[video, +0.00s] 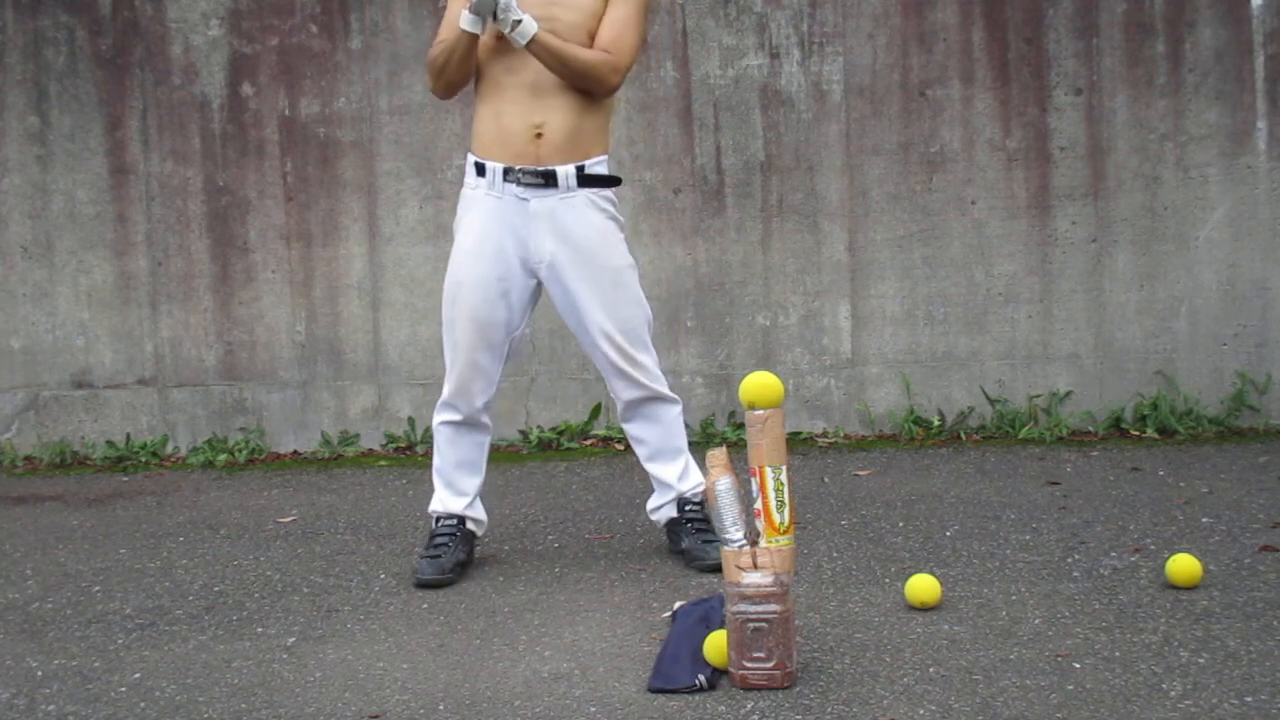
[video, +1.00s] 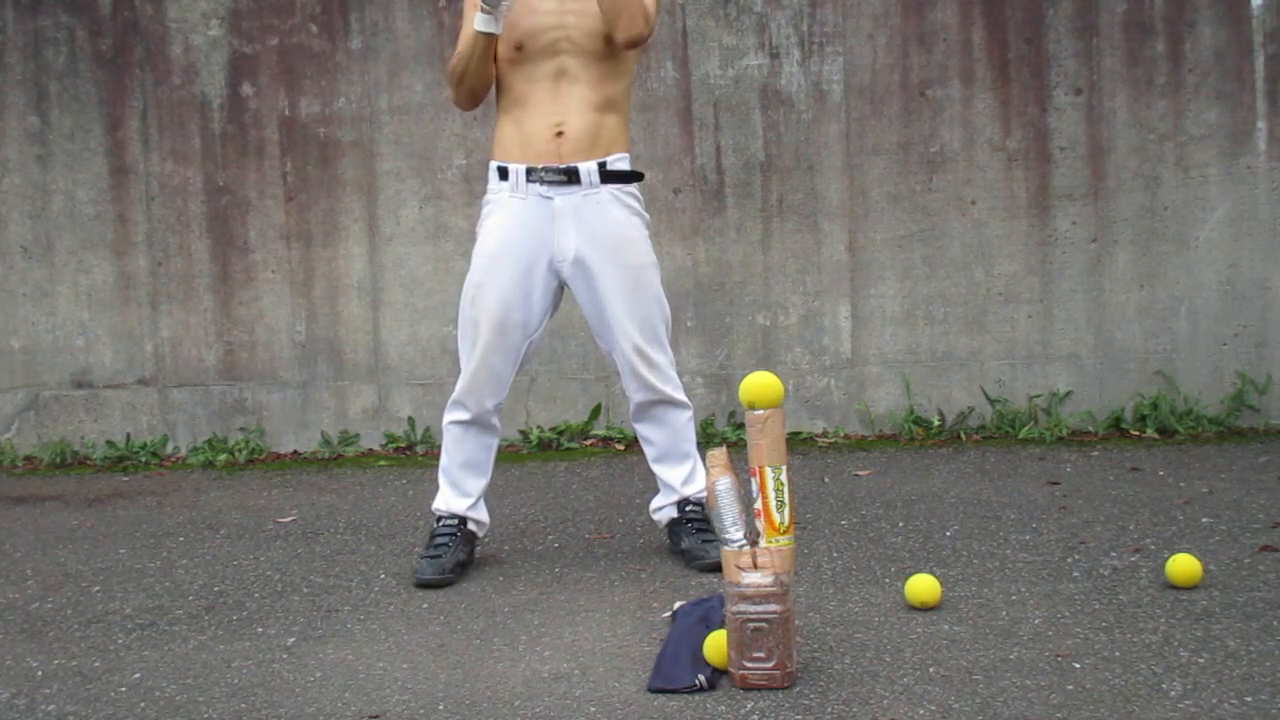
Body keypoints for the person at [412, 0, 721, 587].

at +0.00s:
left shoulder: (622, 1)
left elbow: (606, 75)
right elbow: (442, 81)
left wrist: (523, 27)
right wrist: (474, 22)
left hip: (582, 198)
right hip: (490, 197)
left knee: (634, 367)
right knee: (465, 378)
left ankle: (684, 506)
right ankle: (452, 518)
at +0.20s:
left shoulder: (625, 0)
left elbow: (619, 73)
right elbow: (455, 90)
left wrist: (534, 28)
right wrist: (484, 27)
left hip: (594, 197)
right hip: (502, 198)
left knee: (641, 366)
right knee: (473, 377)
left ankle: (685, 507)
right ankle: (453, 518)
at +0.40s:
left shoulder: (631, 0)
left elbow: (629, 74)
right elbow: (461, 90)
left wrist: (550, 27)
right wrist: (494, 25)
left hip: (603, 197)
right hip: (511, 199)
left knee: (645, 363)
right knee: (480, 375)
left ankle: (685, 507)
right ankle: (455, 518)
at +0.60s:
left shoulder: (636, 0)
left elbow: (629, 76)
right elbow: (463, 91)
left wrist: (553, 27)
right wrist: (497, 27)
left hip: (605, 196)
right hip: (513, 198)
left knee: (647, 364)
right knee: (480, 375)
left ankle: (686, 507)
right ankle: (455, 517)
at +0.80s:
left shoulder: (633, 1)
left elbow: (633, 78)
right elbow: (465, 93)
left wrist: (578, 16)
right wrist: (494, 18)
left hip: (606, 196)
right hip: (513, 198)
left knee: (647, 364)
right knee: (480, 374)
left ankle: (686, 507)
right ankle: (455, 517)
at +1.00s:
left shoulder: (631, 3)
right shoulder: (494, 3)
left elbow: (630, 31)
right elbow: (466, 95)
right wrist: (483, 13)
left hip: (607, 195)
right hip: (514, 197)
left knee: (647, 363)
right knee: (481, 373)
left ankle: (686, 508)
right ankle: (455, 517)